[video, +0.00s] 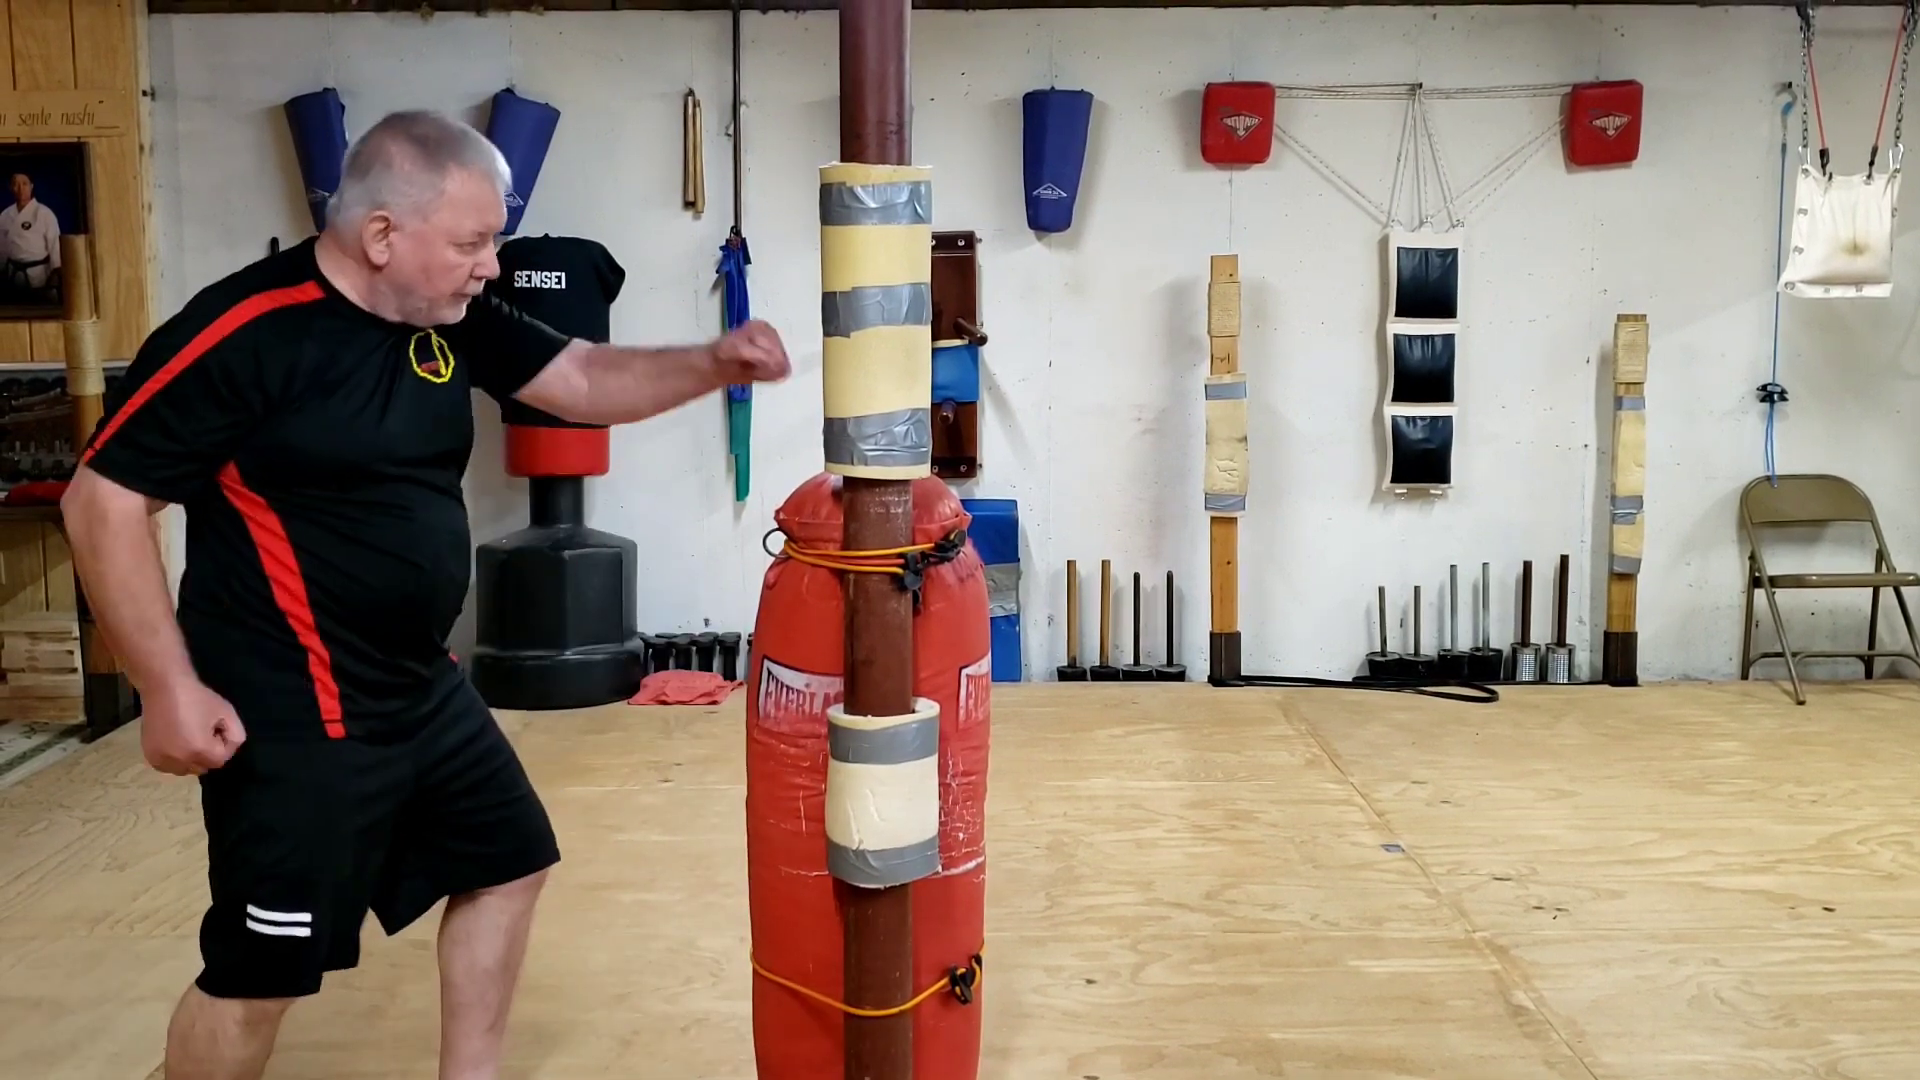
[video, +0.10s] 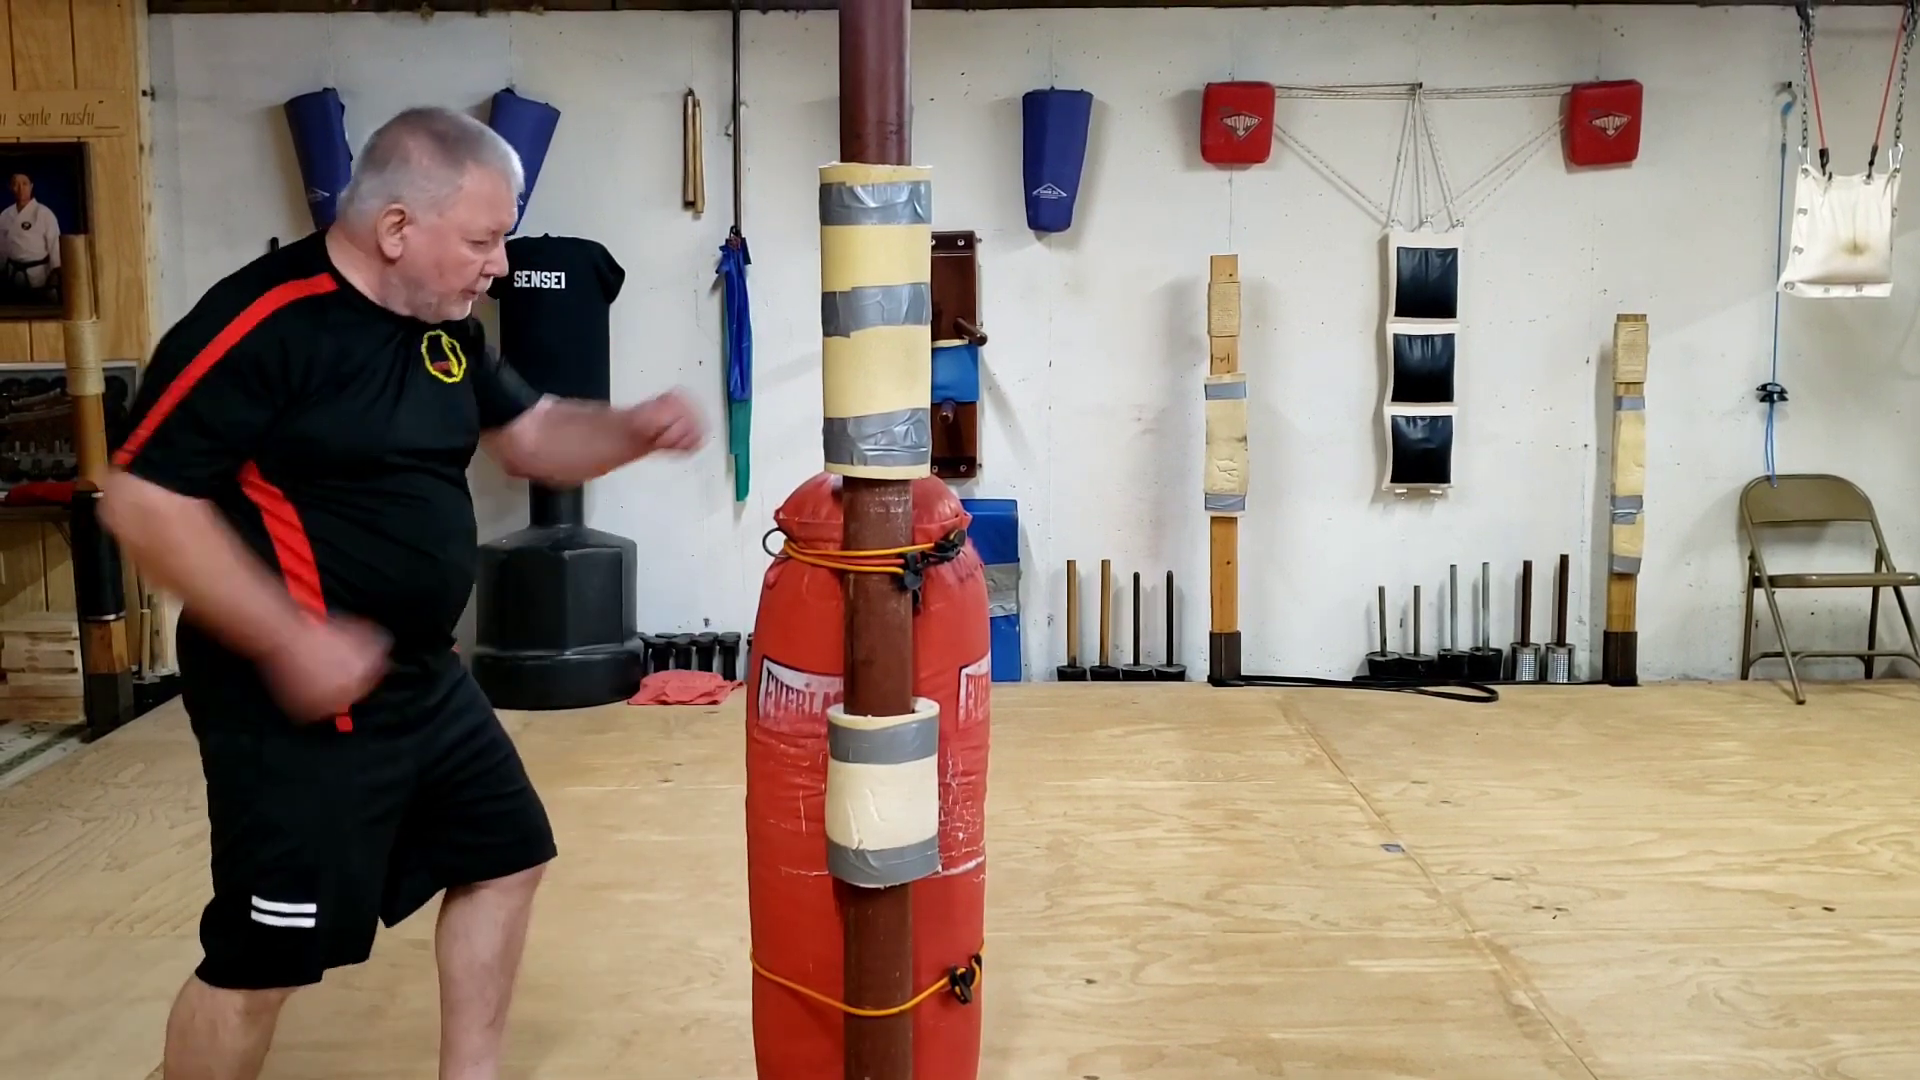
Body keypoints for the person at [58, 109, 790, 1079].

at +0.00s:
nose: (491, 267)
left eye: (493, 244)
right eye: (472, 245)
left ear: (394, 238)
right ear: (382, 238)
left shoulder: (442, 318)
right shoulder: (244, 324)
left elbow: (578, 377)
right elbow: (100, 498)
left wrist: (714, 366)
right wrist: (166, 683)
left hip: (416, 686)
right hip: (285, 711)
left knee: (508, 862)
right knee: (256, 970)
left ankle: (469, 1075)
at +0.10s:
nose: (498, 266)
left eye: (502, 242)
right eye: (481, 241)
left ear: (404, 234)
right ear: (395, 230)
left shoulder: (445, 332)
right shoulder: (264, 315)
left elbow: (530, 437)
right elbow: (136, 491)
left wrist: (631, 432)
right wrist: (290, 637)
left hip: (418, 676)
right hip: (281, 693)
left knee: (503, 855)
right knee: (264, 947)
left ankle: (469, 1075)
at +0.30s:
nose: (508, 245)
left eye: (511, 222)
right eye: (493, 219)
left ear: (420, 213)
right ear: (414, 211)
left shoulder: (406, 296)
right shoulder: (329, 282)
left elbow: (496, 401)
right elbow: (497, 400)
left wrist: (626, 322)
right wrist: (656, 302)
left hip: (447, 662)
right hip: (329, 676)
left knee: (515, 869)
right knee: (277, 940)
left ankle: (468, 1076)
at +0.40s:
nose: (500, 229)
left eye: (505, 206)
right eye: (492, 201)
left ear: (412, 188)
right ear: (414, 185)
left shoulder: (383, 271)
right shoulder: (338, 261)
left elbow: (455, 396)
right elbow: (436, 403)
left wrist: (608, 364)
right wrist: (615, 360)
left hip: (451, 622)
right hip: (386, 629)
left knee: (506, 855)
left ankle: (468, 1073)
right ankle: (253, 1069)